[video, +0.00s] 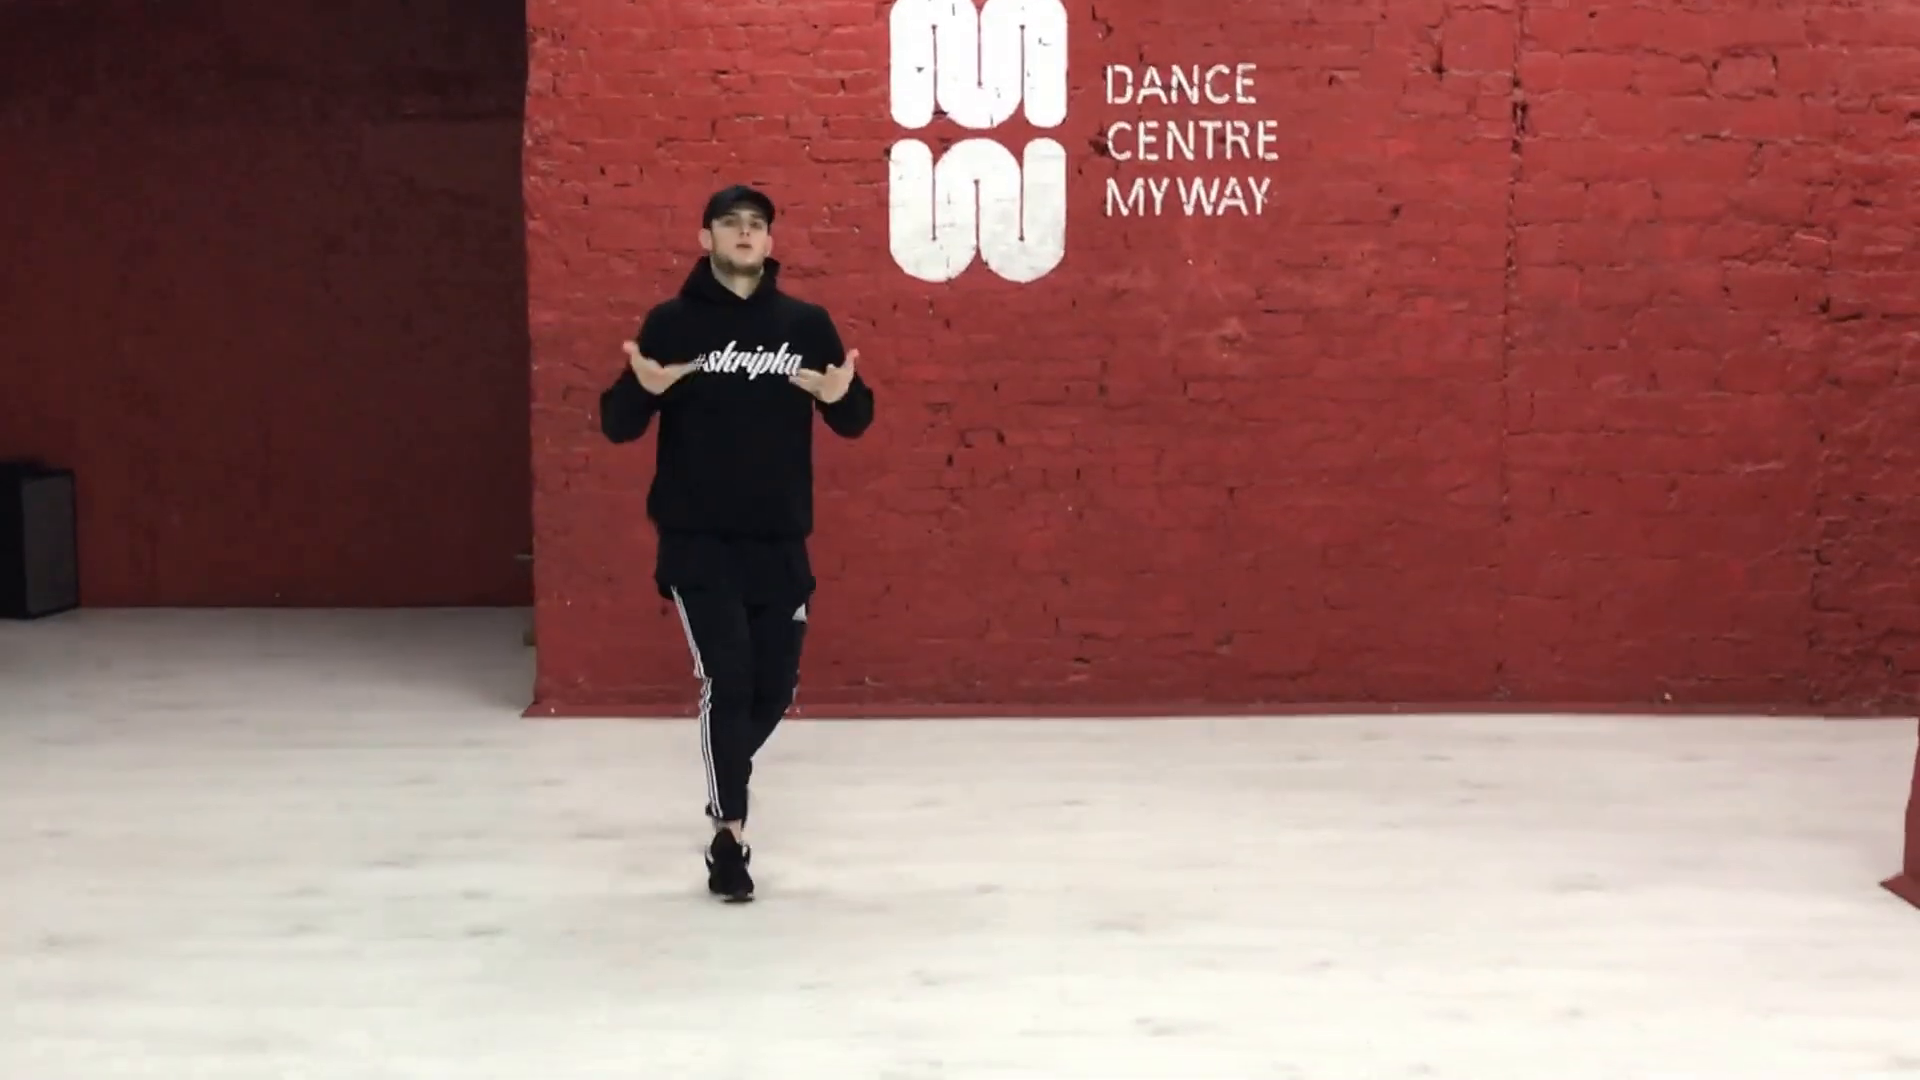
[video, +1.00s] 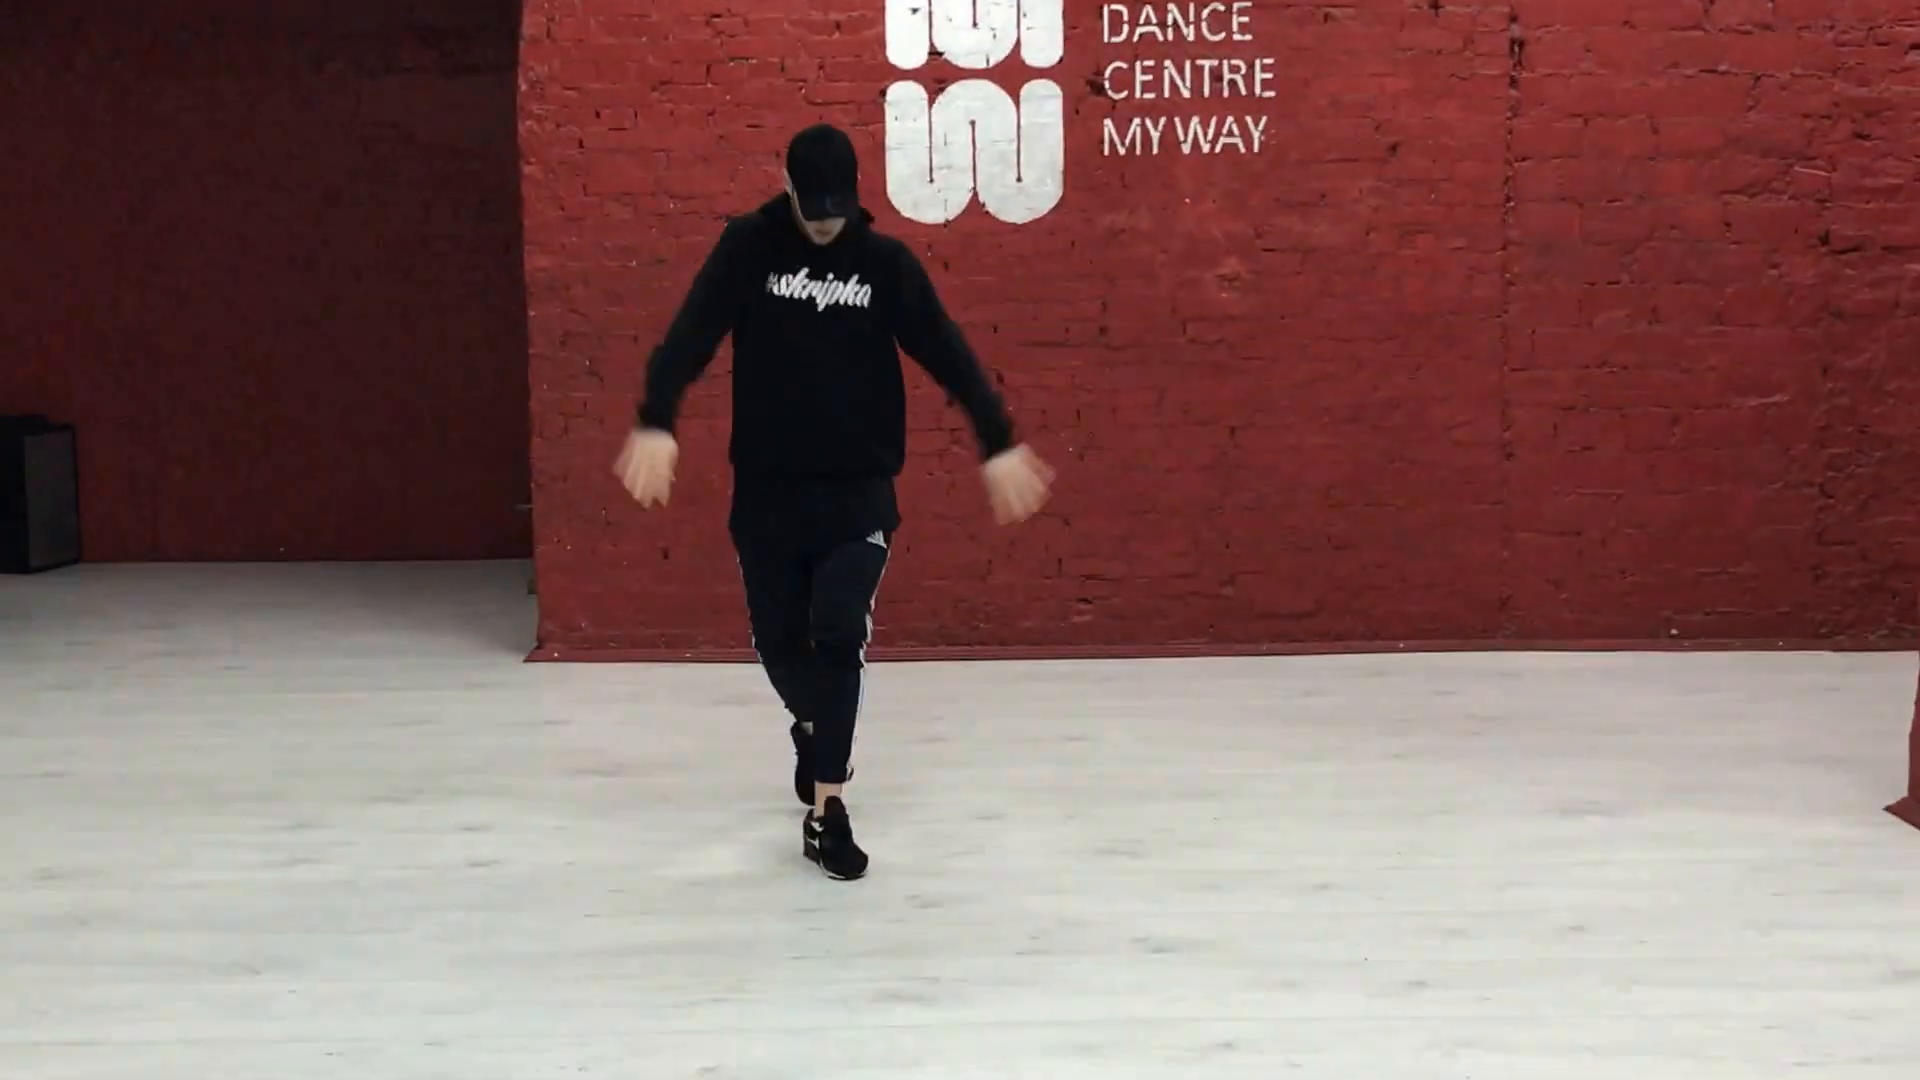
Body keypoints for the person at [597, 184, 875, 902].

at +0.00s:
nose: (744, 236)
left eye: (755, 225)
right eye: (730, 225)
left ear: (771, 239)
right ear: (707, 238)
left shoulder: (805, 324)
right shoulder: (674, 323)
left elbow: (855, 422)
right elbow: (617, 426)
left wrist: (842, 394)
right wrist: (642, 388)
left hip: (779, 535)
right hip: (697, 534)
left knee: (774, 693)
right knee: (731, 684)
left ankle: (721, 774)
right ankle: (730, 835)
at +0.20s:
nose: (770, 209)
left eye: (780, 198)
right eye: (756, 197)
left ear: (793, 212)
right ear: (727, 208)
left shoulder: (819, 304)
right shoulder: (686, 296)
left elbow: (857, 411)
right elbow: (635, 402)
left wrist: (925, 361)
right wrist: (588, 349)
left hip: (799, 522)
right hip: (713, 522)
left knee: (814, 669)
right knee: (736, 673)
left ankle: (795, 824)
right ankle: (730, 826)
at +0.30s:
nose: (786, 216)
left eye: (797, 204)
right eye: (773, 201)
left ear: (807, 211)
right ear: (742, 200)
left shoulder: (827, 296)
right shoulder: (692, 281)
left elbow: (883, 398)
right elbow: (627, 376)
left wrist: (926, 330)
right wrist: (619, 314)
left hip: (810, 517)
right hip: (723, 516)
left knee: (813, 674)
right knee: (746, 673)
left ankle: (825, 846)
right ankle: (731, 822)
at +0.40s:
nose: (795, 256)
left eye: (808, 243)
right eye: (784, 241)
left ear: (824, 233)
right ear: (756, 223)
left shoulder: (838, 305)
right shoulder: (705, 290)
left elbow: (913, 389)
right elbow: (624, 351)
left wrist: (905, 310)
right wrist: (688, 268)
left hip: (827, 523)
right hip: (739, 525)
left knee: (832, 675)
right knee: (763, 675)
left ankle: (830, 842)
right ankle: (735, 809)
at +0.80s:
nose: (829, 246)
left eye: (841, 234)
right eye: (818, 232)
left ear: (858, 217)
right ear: (789, 211)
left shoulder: (882, 267)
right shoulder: (746, 254)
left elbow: (955, 296)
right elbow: (682, 276)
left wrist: (1015, 320)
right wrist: (646, 295)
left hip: (856, 496)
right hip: (765, 494)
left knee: (847, 653)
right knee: (776, 660)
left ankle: (829, 816)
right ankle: (781, 752)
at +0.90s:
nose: (827, 250)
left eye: (839, 238)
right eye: (815, 236)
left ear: (857, 223)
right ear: (791, 216)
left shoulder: (884, 279)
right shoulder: (752, 263)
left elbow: (956, 325)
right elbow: (691, 304)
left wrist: (1037, 359)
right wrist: (633, 341)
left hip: (859, 501)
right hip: (766, 499)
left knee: (849, 651)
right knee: (775, 662)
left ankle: (828, 810)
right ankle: (794, 740)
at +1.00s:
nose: (823, 227)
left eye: (834, 215)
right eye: (811, 214)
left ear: (854, 199)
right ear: (789, 194)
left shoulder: (887, 264)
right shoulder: (748, 247)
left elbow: (949, 355)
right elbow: (692, 334)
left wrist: (998, 442)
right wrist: (657, 419)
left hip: (858, 487)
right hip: (766, 485)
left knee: (840, 633)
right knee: (779, 647)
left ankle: (827, 801)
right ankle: (813, 722)